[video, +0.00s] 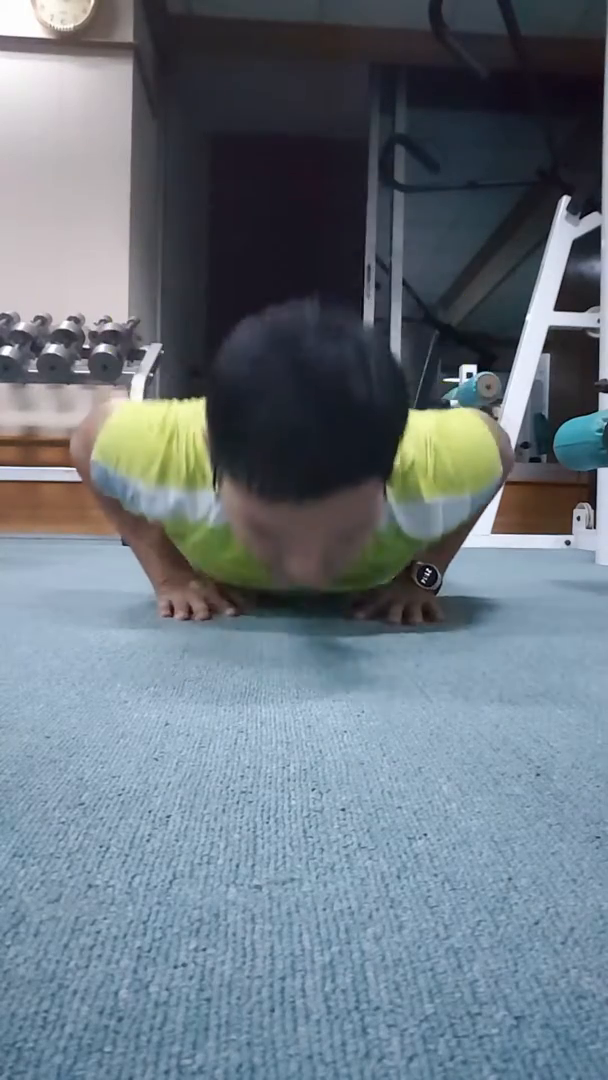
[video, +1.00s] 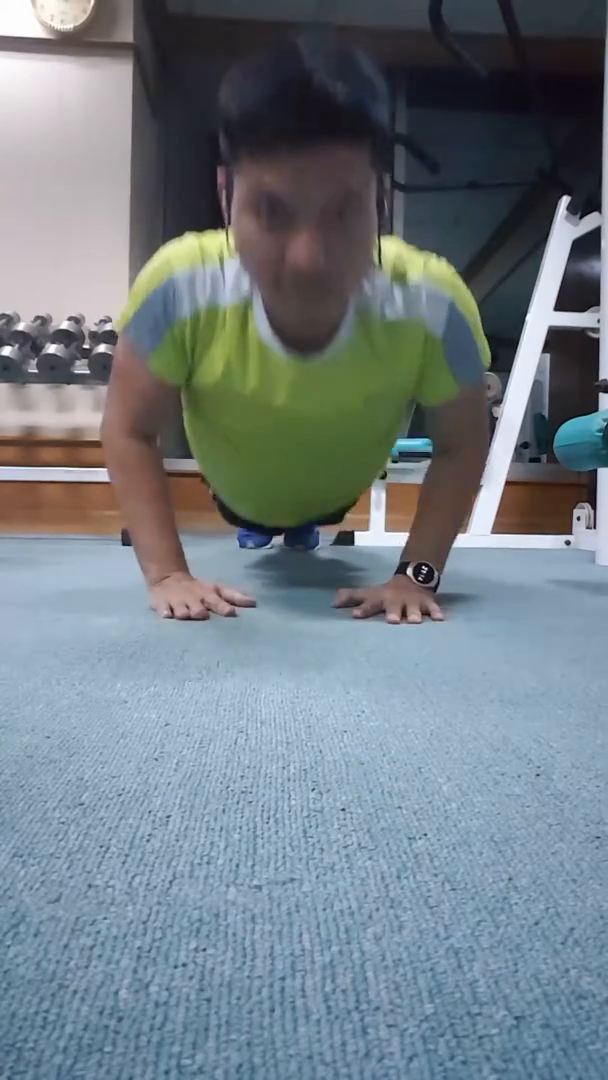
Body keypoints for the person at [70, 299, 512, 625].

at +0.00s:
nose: (306, 569)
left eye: (345, 537)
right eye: (267, 535)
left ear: (385, 477)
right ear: (215, 468)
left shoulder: (439, 468)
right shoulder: (159, 456)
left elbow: (493, 443)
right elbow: (88, 440)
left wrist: (423, 576)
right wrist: (172, 576)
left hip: (374, 570)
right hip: (228, 570)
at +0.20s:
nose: (308, 534)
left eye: (342, 501)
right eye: (272, 504)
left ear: (384, 450)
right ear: (221, 448)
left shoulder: (448, 443)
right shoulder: (156, 444)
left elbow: (489, 456)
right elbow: (91, 442)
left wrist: (419, 576)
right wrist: (172, 574)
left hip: (362, 565)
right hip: (229, 561)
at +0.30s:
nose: (313, 456)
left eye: (347, 419)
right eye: (277, 421)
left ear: (385, 369)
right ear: (219, 357)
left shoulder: (448, 397)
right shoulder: (160, 397)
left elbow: (485, 454)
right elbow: (97, 446)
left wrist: (419, 575)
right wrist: (172, 575)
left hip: (340, 551)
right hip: (227, 552)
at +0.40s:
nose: (317, 351)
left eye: (348, 314)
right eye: (280, 319)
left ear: (386, 272)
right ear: (222, 269)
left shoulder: (442, 341)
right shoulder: (162, 345)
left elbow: (480, 452)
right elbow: (106, 446)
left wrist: (417, 577)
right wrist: (174, 575)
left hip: (344, 506)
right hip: (232, 510)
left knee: (329, 533)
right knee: (246, 535)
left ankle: (303, 551)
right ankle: (262, 547)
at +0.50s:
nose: (317, 261)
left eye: (350, 224)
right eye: (281, 228)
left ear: (387, 192)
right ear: (227, 192)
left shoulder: (433, 288)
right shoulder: (174, 288)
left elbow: (471, 442)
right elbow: (117, 436)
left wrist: (418, 576)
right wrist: (175, 575)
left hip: (342, 484)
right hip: (236, 491)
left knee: (324, 515)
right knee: (251, 525)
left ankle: (313, 531)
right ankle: (268, 533)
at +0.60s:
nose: (318, 189)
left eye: (348, 152)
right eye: (283, 154)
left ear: (384, 128)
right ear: (232, 132)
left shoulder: (428, 249)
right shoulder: (183, 244)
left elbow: (451, 427)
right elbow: (138, 423)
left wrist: (415, 577)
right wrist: (176, 576)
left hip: (340, 464)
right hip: (238, 464)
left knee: (315, 504)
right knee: (253, 506)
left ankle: (301, 520)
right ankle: (261, 520)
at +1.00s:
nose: (307, 254)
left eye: (341, 211)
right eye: (272, 211)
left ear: (381, 195)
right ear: (225, 195)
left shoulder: (428, 298)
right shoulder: (177, 282)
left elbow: (462, 444)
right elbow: (126, 431)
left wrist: (416, 574)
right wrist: (168, 574)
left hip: (338, 489)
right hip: (236, 489)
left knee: (316, 516)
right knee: (249, 521)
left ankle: (303, 530)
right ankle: (260, 528)